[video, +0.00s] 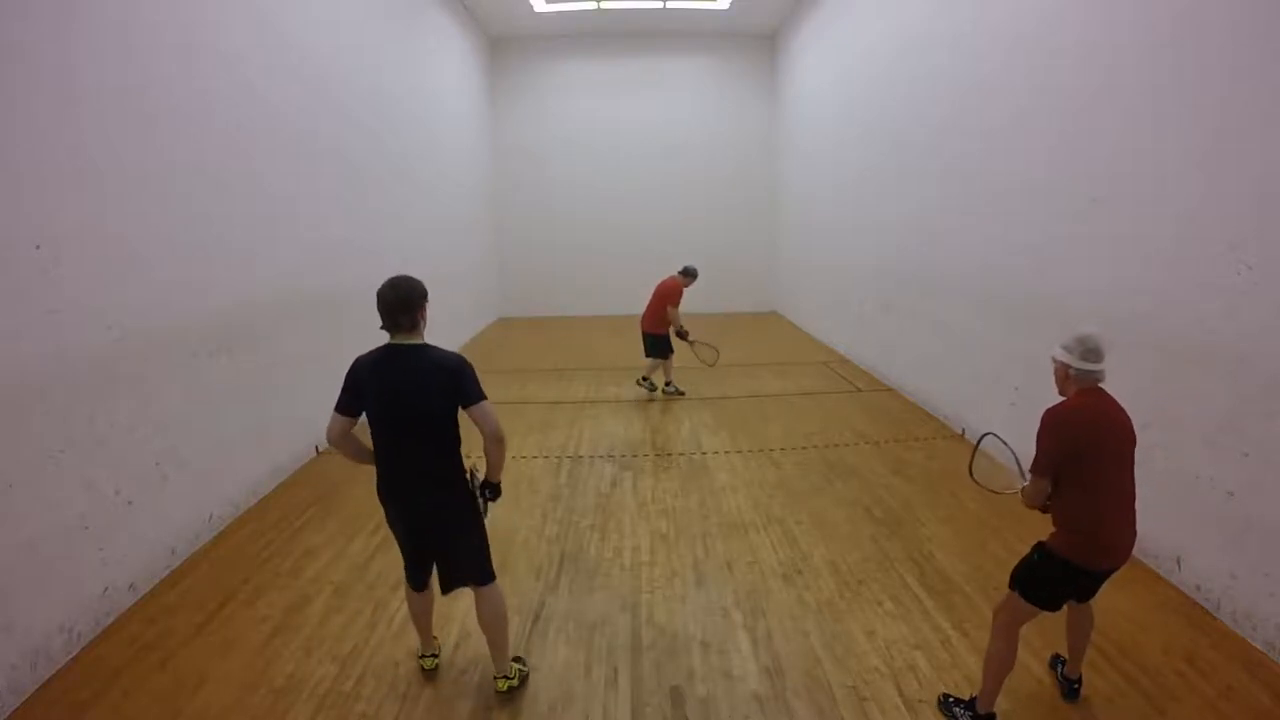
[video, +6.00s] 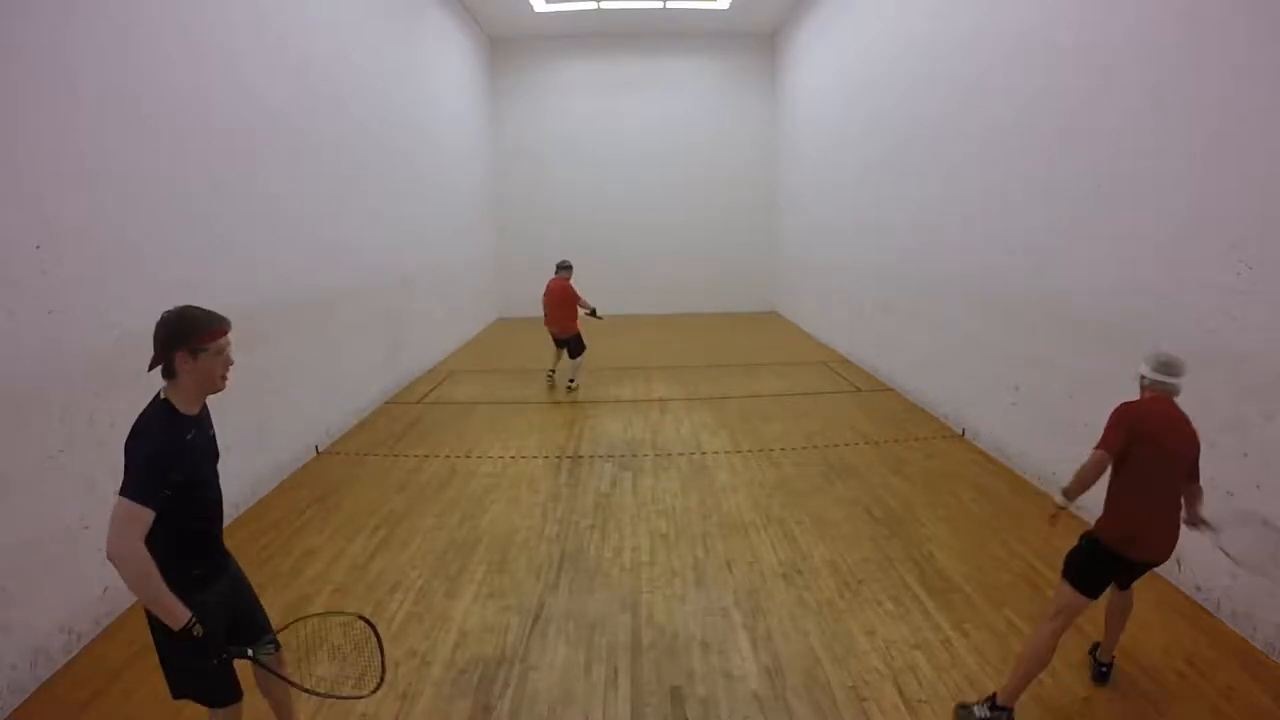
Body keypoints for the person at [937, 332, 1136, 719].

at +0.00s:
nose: (1053, 372)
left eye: (1057, 365)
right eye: (1055, 365)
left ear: (1067, 371)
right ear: (1096, 372)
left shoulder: (1059, 417)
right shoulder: (1117, 414)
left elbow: (1037, 494)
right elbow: (1105, 479)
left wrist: (1030, 495)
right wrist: (1052, 496)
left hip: (1075, 546)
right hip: (1117, 545)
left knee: (1007, 616)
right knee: (1080, 598)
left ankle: (982, 708)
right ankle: (1073, 676)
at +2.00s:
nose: (1031, 369)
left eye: (1039, 361)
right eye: (1033, 360)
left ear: (1066, 367)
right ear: (1071, 368)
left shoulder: (1074, 421)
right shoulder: (1096, 404)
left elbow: (1060, 507)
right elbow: (1088, 481)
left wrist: (1022, 515)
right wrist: (1043, 504)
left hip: (1076, 545)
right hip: (1105, 536)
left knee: (1014, 622)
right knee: (1069, 598)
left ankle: (982, 708)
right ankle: (1073, 675)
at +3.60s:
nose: (1092, 370)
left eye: (1096, 361)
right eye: (1092, 361)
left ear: (1118, 360)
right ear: (1125, 360)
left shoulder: (1121, 411)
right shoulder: (1152, 402)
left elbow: (1090, 484)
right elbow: (1135, 474)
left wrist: (1043, 470)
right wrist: (1088, 495)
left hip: (1110, 537)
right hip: (1137, 536)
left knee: (1048, 616)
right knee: (1089, 602)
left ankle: (1015, 704)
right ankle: (1076, 673)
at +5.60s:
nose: (1066, 380)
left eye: (1067, 374)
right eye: (1068, 374)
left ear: (1072, 379)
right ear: (1110, 381)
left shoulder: (1063, 425)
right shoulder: (1133, 427)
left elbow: (1040, 503)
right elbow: (1158, 508)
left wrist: (1053, 526)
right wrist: (1127, 533)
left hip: (1077, 564)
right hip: (1127, 563)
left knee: (1015, 640)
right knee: (1096, 608)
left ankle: (996, 715)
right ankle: (1092, 687)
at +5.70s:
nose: (1078, 385)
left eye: (1080, 380)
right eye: (1082, 380)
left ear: (1085, 383)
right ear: (1123, 388)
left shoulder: (1070, 425)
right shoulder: (1142, 435)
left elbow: (1038, 496)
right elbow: (1164, 512)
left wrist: (1045, 524)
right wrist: (1156, 560)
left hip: (1075, 566)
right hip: (1127, 567)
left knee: (1013, 640)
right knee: (1106, 605)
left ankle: (996, 714)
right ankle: (1100, 672)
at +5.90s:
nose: (1124, 389)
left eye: (1125, 384)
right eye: (1130, 385)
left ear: (1126, 387)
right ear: (1161, 393)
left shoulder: (1106, 421)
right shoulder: (1175, 441)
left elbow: (1062, 472)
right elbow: (1193, 511)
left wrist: (1034, 502)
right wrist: (1209, 558)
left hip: (1096, 550)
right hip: (1143, 557)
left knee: (1041, 639)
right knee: (1118, 593)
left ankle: (995, 716)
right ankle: (1105, 660)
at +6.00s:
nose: (1140, 385)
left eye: (1142, 380)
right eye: (1146, 381)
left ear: (1144, 381)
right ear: (1177, 388)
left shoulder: (1129, 413)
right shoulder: (1186, 430)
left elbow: (1098, 463)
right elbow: (1192, 485)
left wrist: (1066, 496)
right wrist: (1193, 513)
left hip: (1115, 537)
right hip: (1159, 545)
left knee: (1057, 619)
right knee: (1122, 584)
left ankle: (1001, 705)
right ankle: (1105, 660)